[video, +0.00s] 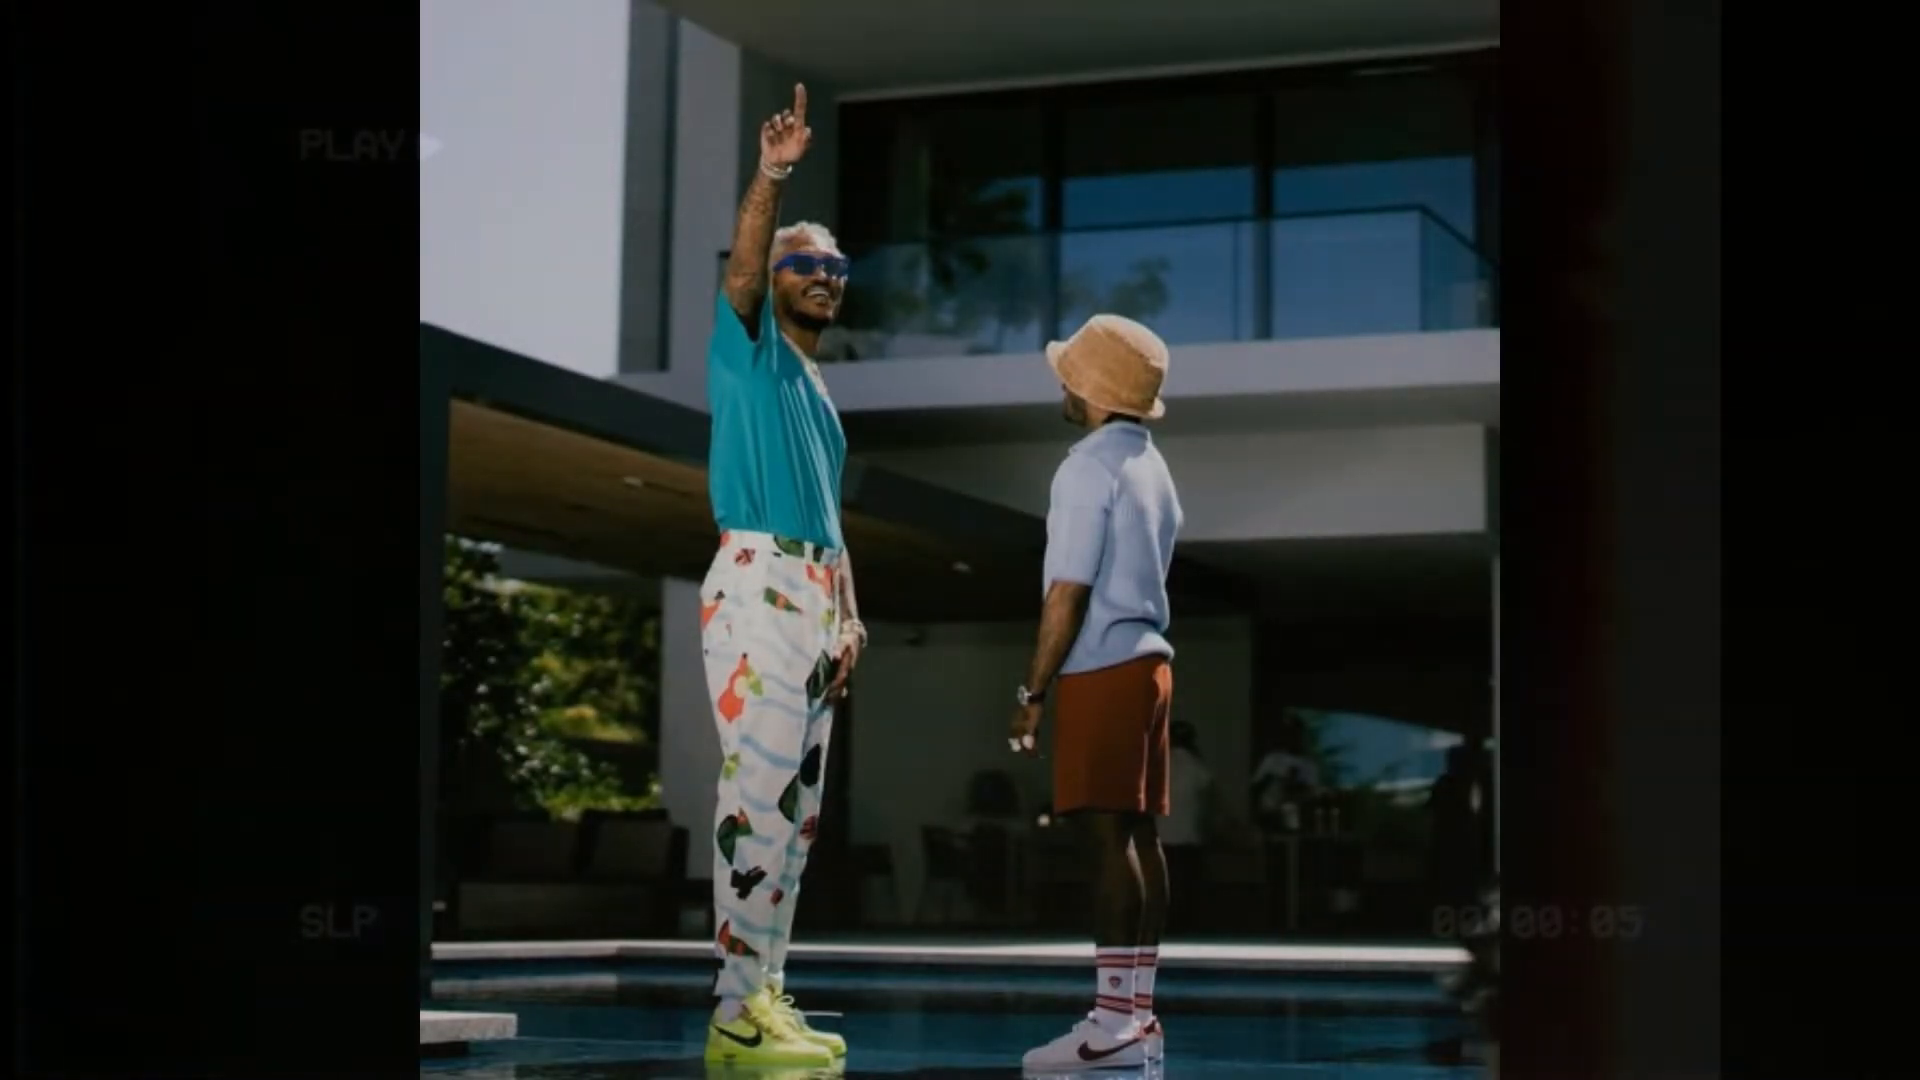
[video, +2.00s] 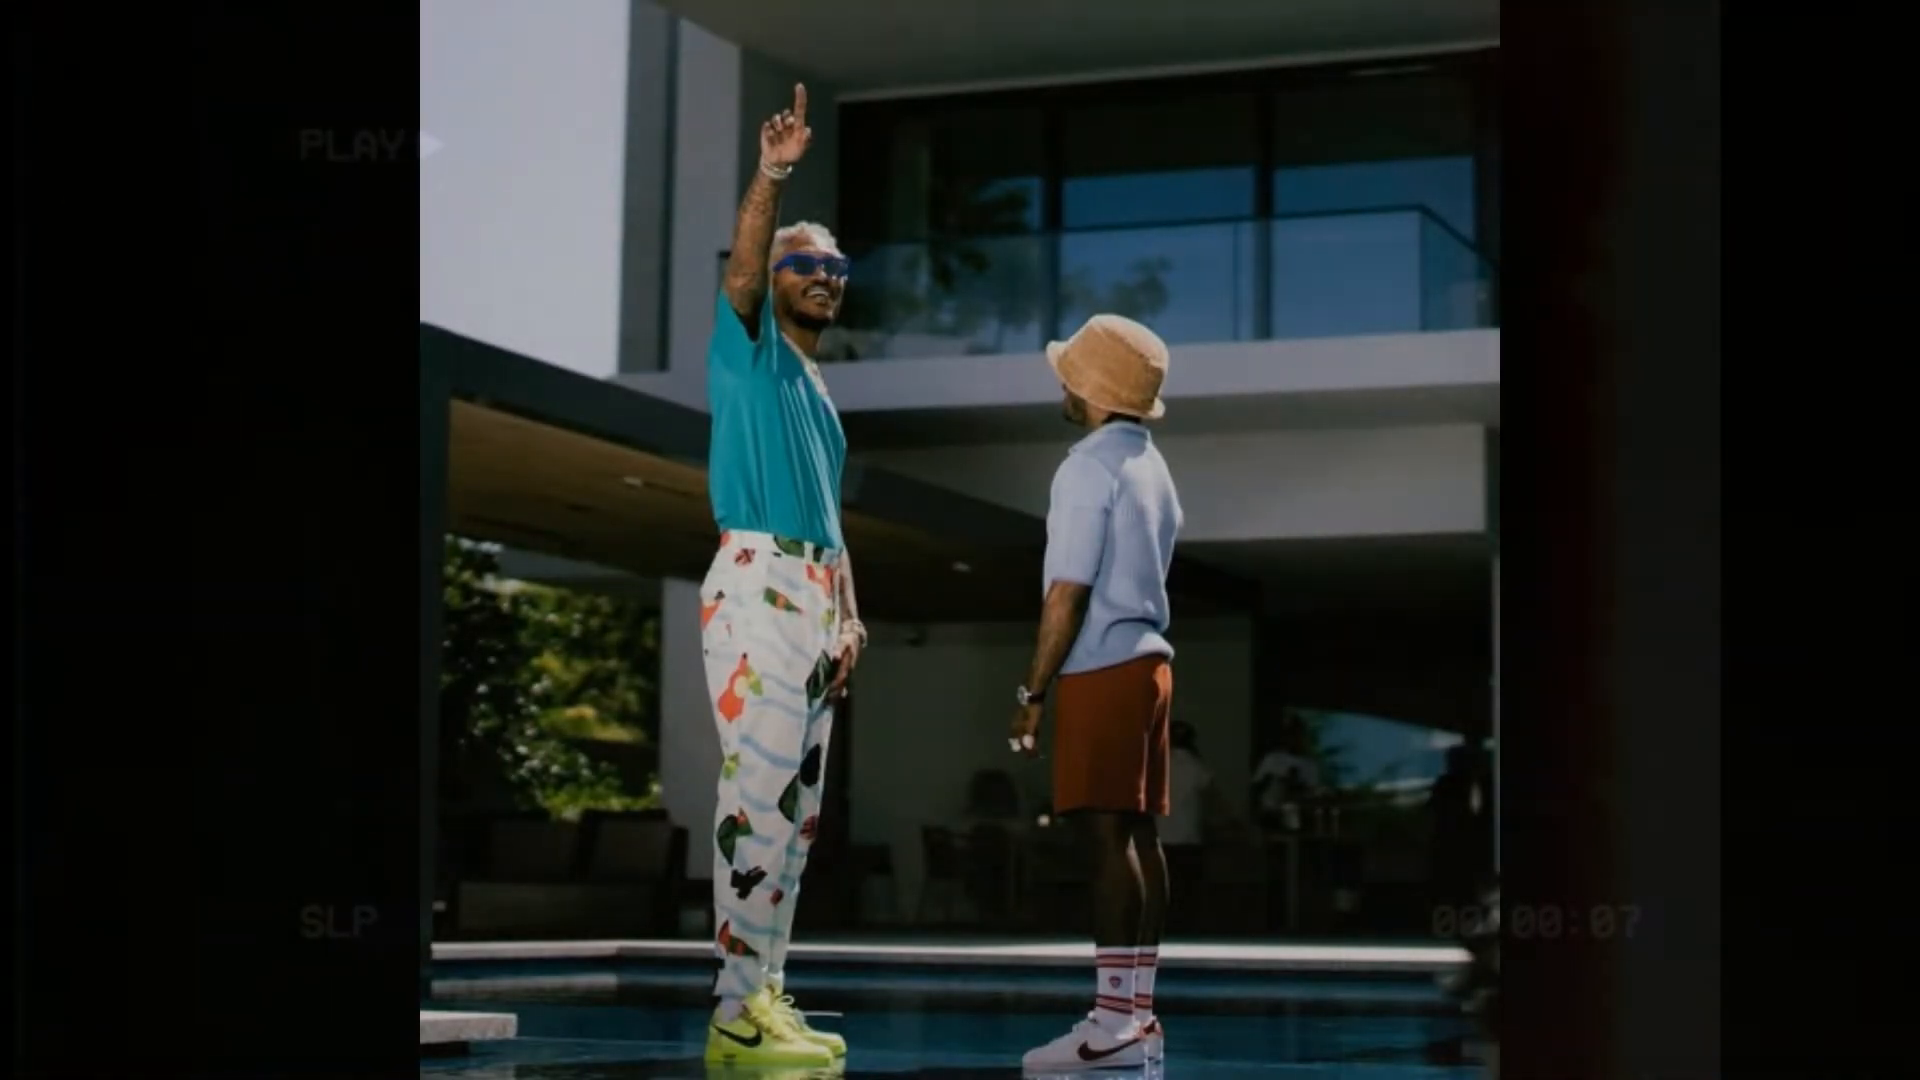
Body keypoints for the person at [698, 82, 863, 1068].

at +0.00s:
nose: (823, 282)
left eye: (834, 273)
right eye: (805, 268)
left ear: (842, 292)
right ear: (770, 279)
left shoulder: (819, 396)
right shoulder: (744, 344)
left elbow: (827, 521)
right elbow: (744, 268)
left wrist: (847, 613)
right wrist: (770, 173)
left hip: (814, 590)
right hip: (756, 581)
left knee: (794, 797)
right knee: (758, 791)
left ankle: (758, 1003)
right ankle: (746, 1006)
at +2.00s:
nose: (823, 283)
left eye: (834, 274)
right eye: (806, 268)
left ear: (841, 293)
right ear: (770, 278)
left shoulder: (818, 394)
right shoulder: (744, 343)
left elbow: (827, 519)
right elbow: (744, 267)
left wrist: (847, 611)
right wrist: (770, 173)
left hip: (813, 589)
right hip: (755, 581)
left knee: (794, 798)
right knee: (759, 791)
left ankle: (759, 1001)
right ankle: (745, 1005)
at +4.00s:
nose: (823, 282)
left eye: (834, 273)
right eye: (806, 268)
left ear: (842, 293)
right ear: (770, 278)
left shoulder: (819, 395)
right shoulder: (744, 344)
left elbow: (828, 520)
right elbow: (744, 266)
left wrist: (847, 612)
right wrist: (770, 173)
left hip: (814, 590)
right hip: (756, 582)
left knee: (794, 798)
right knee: (759, 791)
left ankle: (758, 1002)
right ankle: (746, 1004)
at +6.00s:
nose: (823, 283)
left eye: (834, 274)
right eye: (806, 268)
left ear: (841, 293)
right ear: (770, 278)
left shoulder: (818, 395)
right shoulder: (744, 343)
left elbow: (827, 520)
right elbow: (743, 269)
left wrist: (846, 613)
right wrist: (770, 174)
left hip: (814, 590)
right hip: (756, 582)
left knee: (794, 796)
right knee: (758, 789)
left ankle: (758, 1001)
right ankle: (748, 1001)